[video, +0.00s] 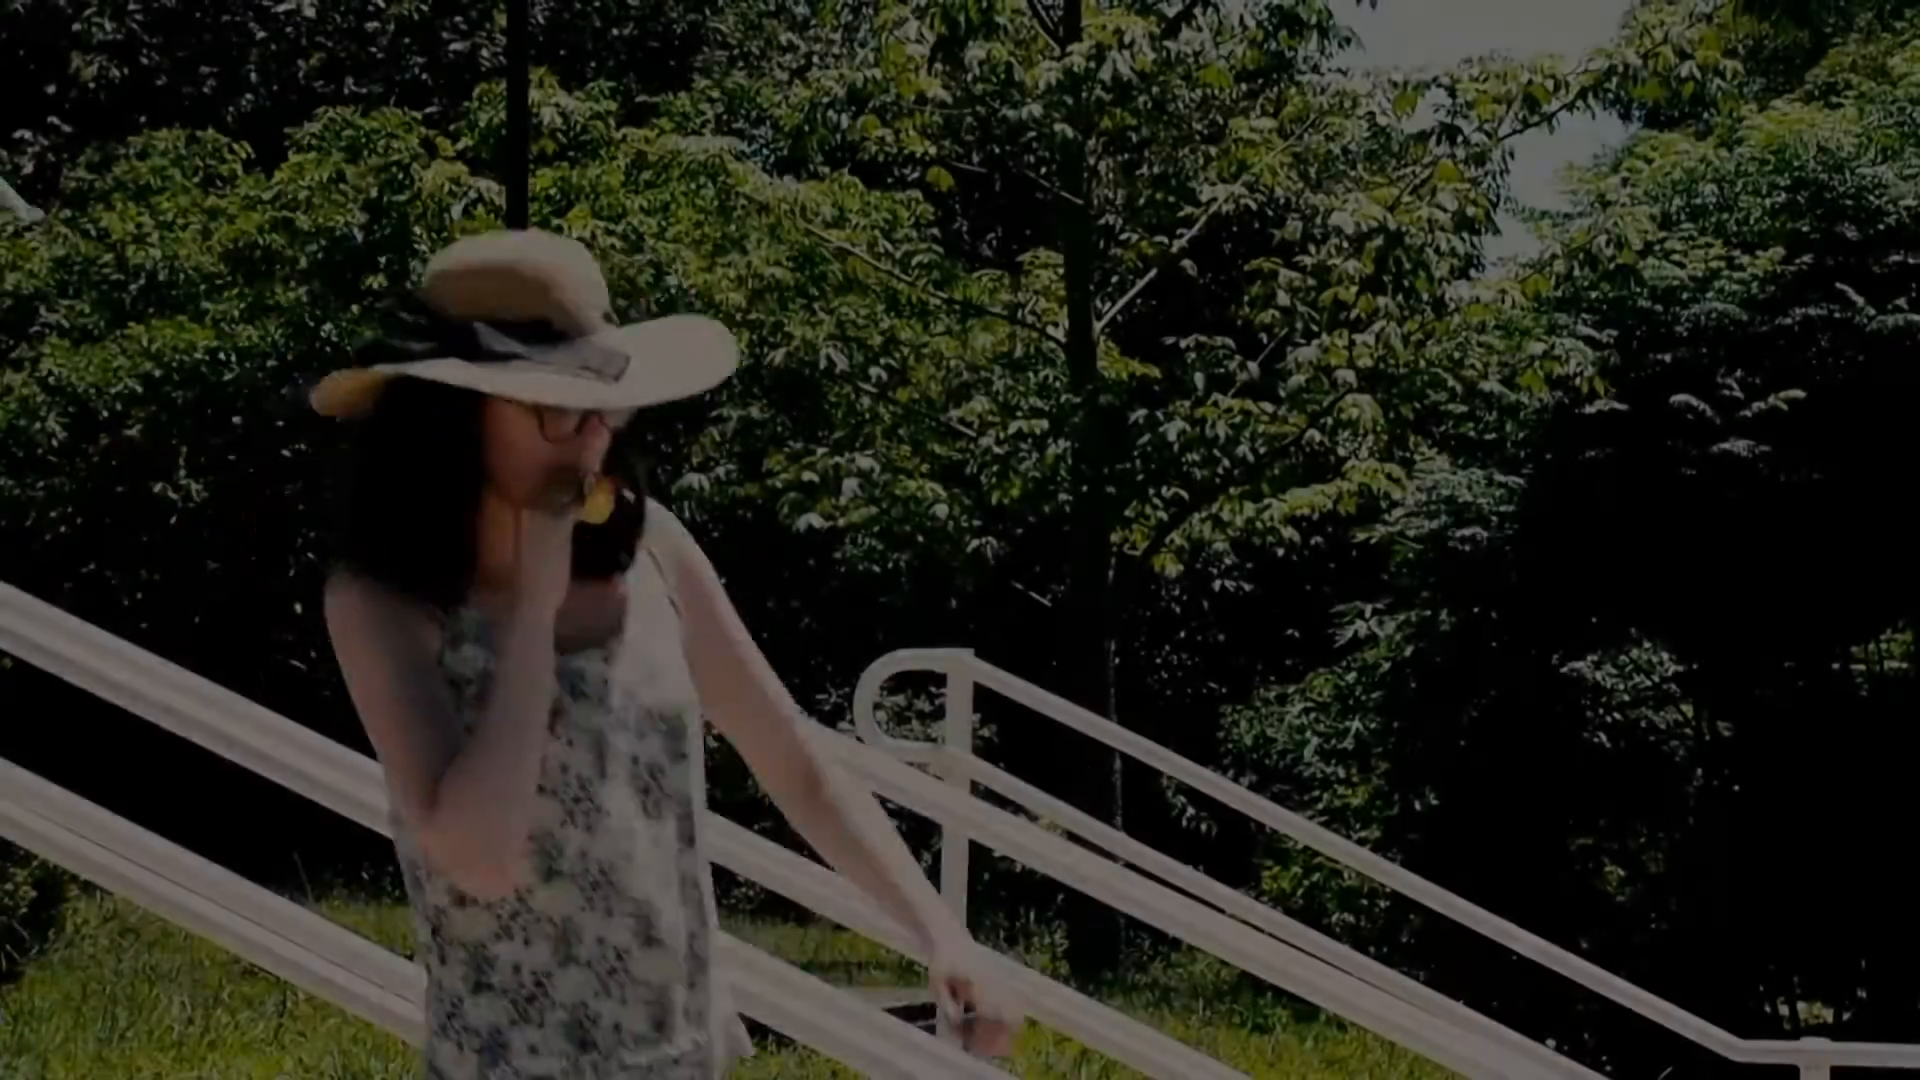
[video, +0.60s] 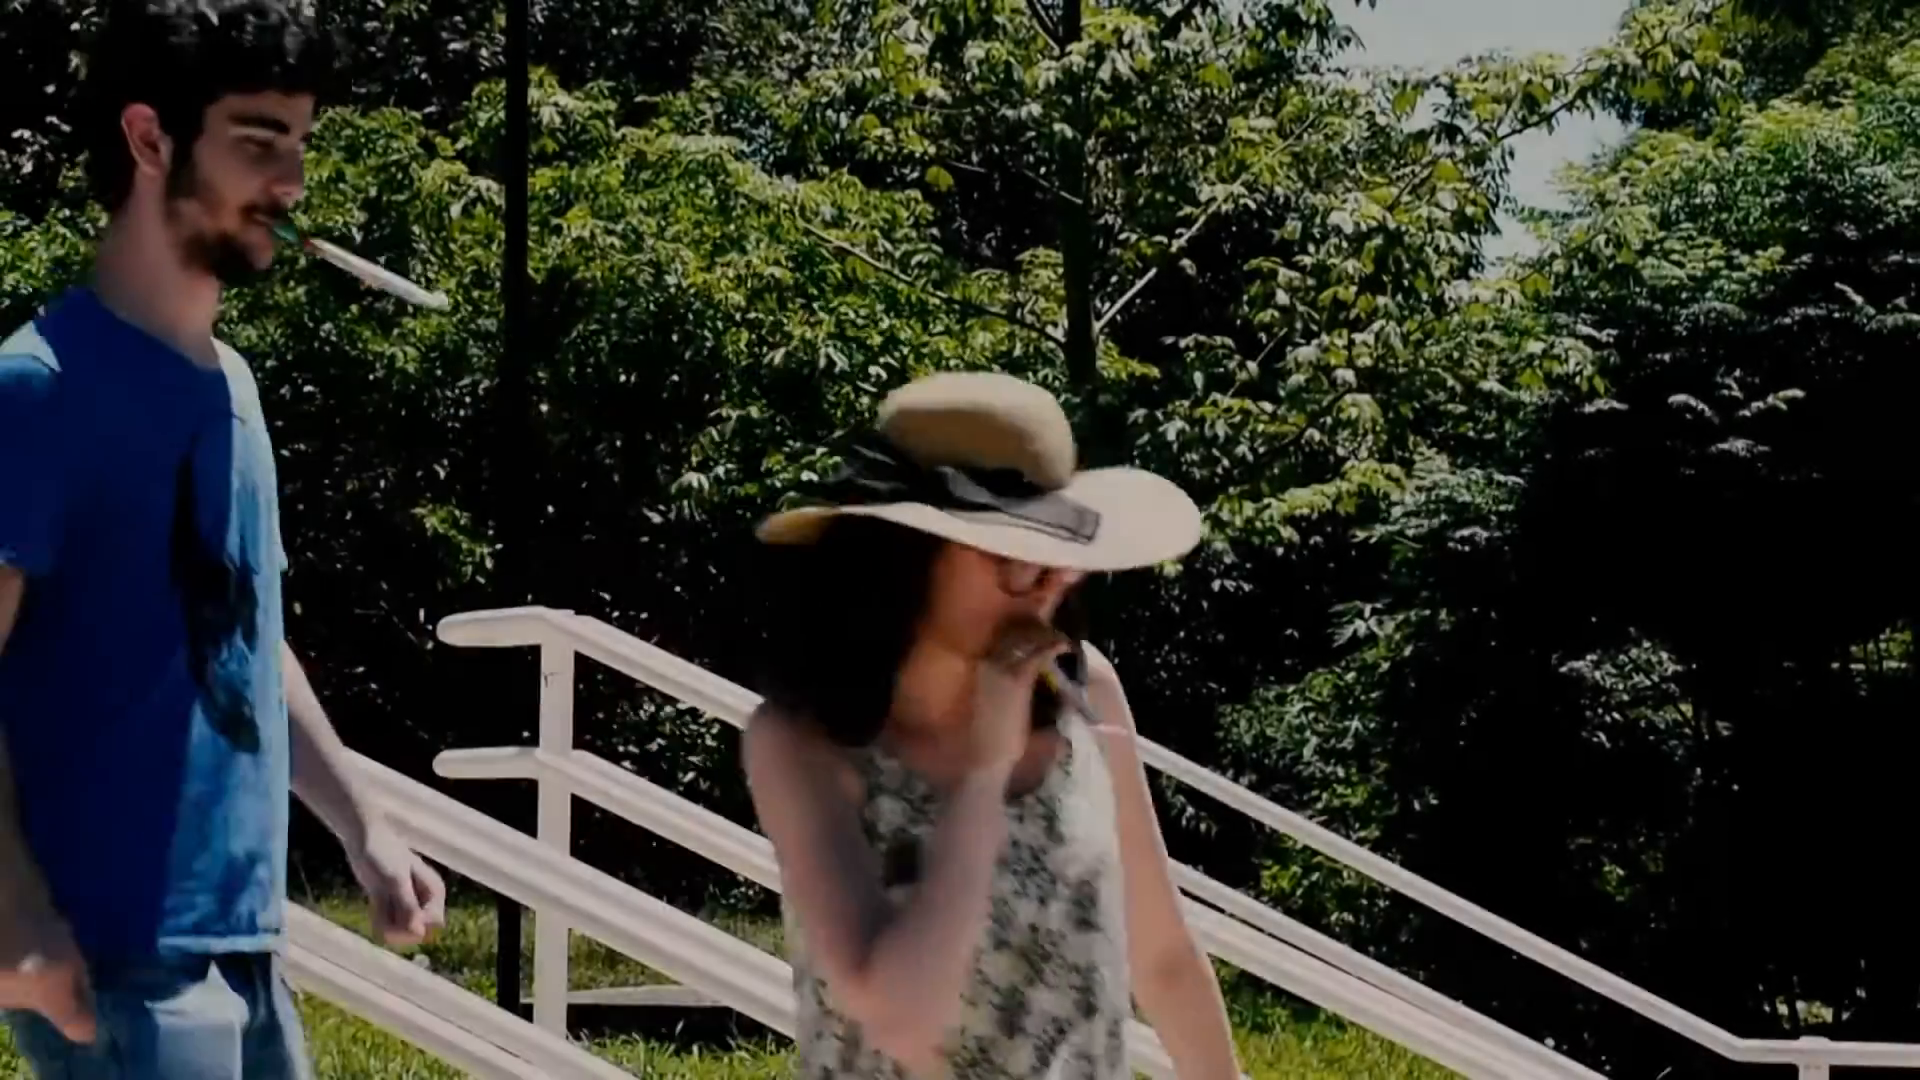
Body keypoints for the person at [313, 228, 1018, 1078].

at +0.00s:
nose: (586, 445)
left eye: (604, 414)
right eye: (549, 414)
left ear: (622, 411)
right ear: (462, 413)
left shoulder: (649, 550)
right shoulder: (382, 597)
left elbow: (800, 772)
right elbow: (482, 857)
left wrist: (942, 935)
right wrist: (536, 588)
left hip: (683, 1037)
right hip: (510, 1050)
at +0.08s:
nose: (643, 477)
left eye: (662, 446)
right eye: (608, 448)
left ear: (680, 445)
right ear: (516, 443)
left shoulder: (712, 577)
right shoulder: (428, 626)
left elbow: (887, 798)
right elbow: (514, 892)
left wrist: (1048, 962)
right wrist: (580, 628)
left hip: (730, 1042)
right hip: (554, 1057)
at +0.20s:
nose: (723, 436)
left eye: (747, 407)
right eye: (689, 403)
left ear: (766, 413)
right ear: (597, 403)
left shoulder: (791, 547)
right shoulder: (494, 588)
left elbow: (964, 771)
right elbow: (555, 850)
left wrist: (1138, 961)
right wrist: (643, 597)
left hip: (798, 1040)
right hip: (602, 1051)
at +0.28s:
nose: (780, 423)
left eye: (802, 392)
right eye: (743, 392)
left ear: (821, 392)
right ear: (657, 387)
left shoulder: (849, 528)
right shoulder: (547, 564)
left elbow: (1009, 748)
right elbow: (597, 833)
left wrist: (1170, 969)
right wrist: (693, 581)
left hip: (857, 1042)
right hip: (645, 1056)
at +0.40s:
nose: (855, 466)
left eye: (876, 433)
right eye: (817, 435)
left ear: (900, 435)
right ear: (732, 432)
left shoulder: (936, 569)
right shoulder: (626, 608)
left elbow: (1072, 799)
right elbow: (669, 892)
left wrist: (1188, 1013)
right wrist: (771, 637)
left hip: (936, 1047)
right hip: (727, 1056)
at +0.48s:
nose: (909, 523)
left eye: (935, 490)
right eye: (873, 490)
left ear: (963, 493)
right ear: (793, 493)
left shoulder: (997, 615)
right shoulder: (696, 666)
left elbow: (1110, 856)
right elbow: (749, 956)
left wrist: (1203, 1054)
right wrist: (843, 696)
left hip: (989, 1056)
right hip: (789, 1063)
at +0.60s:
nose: (1054, 580)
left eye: (1063, 551)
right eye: (1015, 554)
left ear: (1078, 554)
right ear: (911, 550)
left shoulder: (1081, 691)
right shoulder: (797, 739)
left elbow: (1166, 961)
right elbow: (905, 1022)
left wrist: (1219, 1071)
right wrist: (987, 767)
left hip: (1091, 1064)